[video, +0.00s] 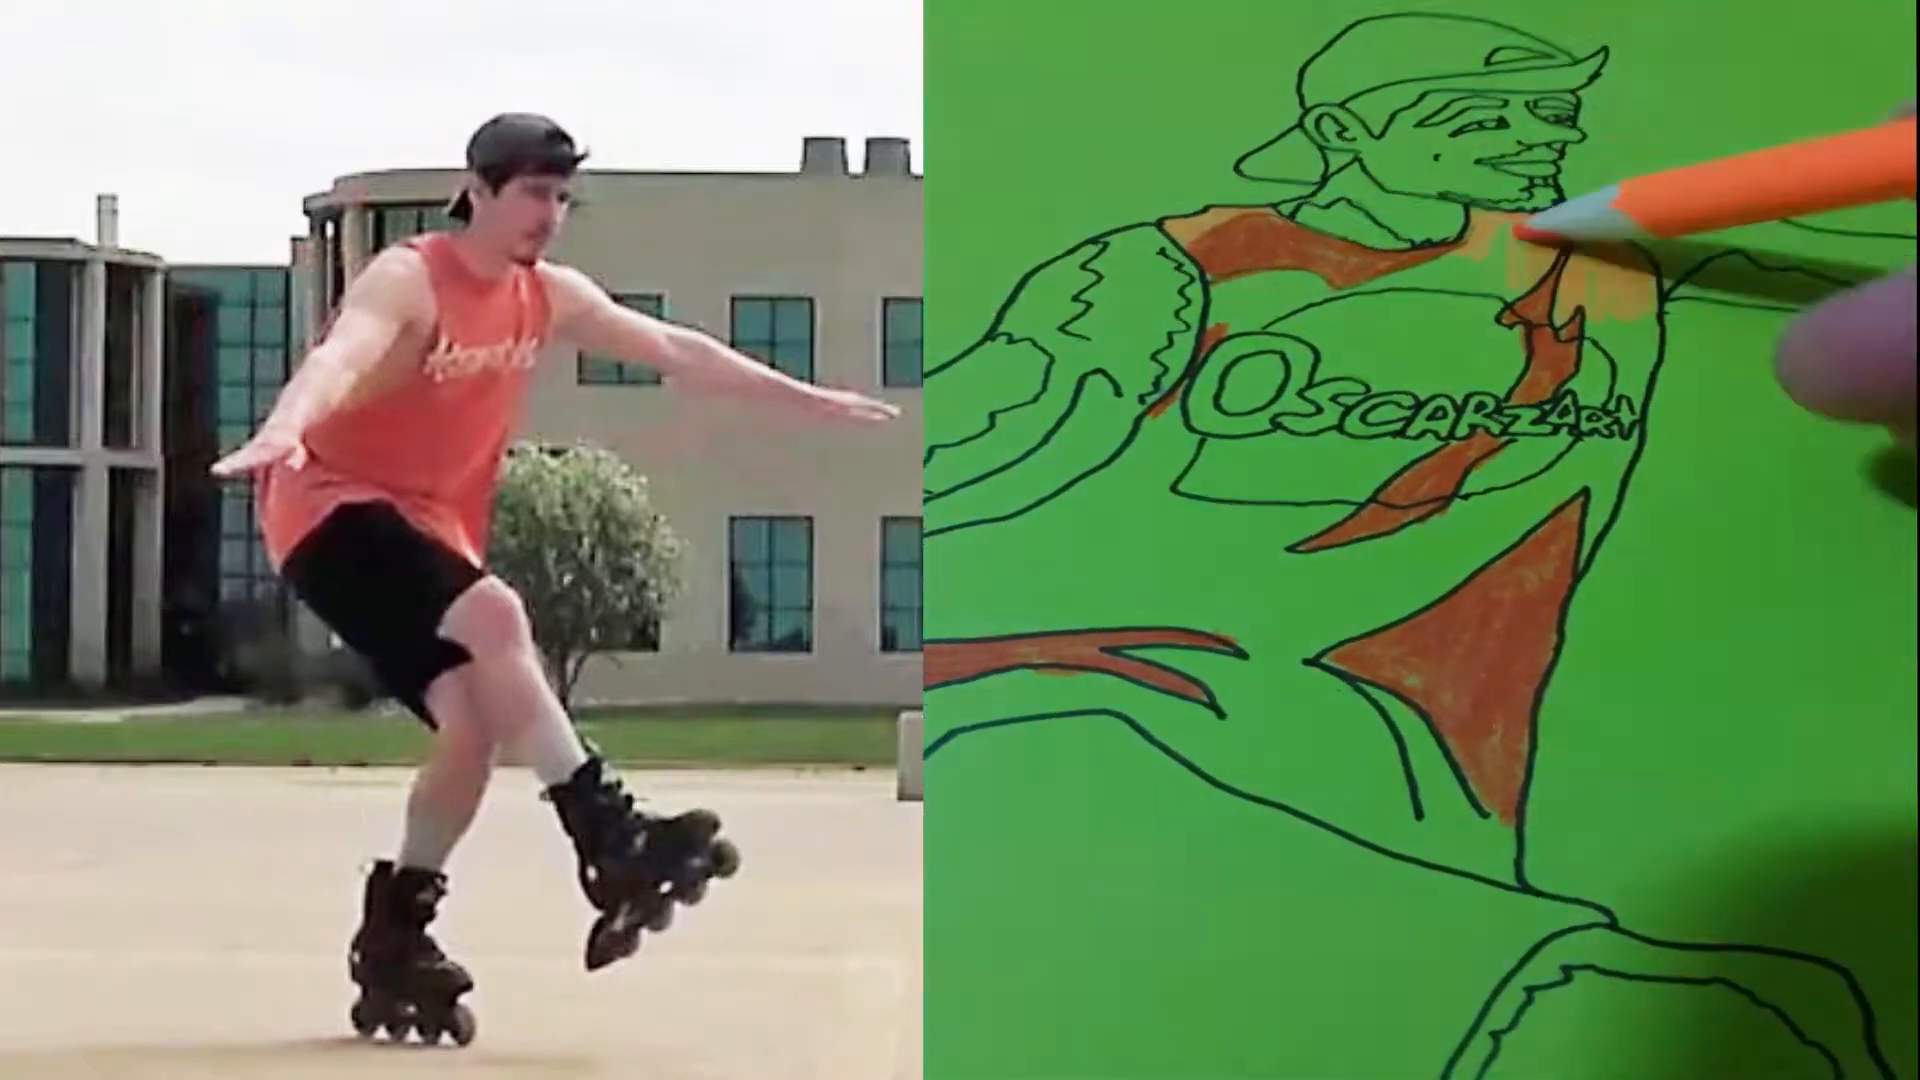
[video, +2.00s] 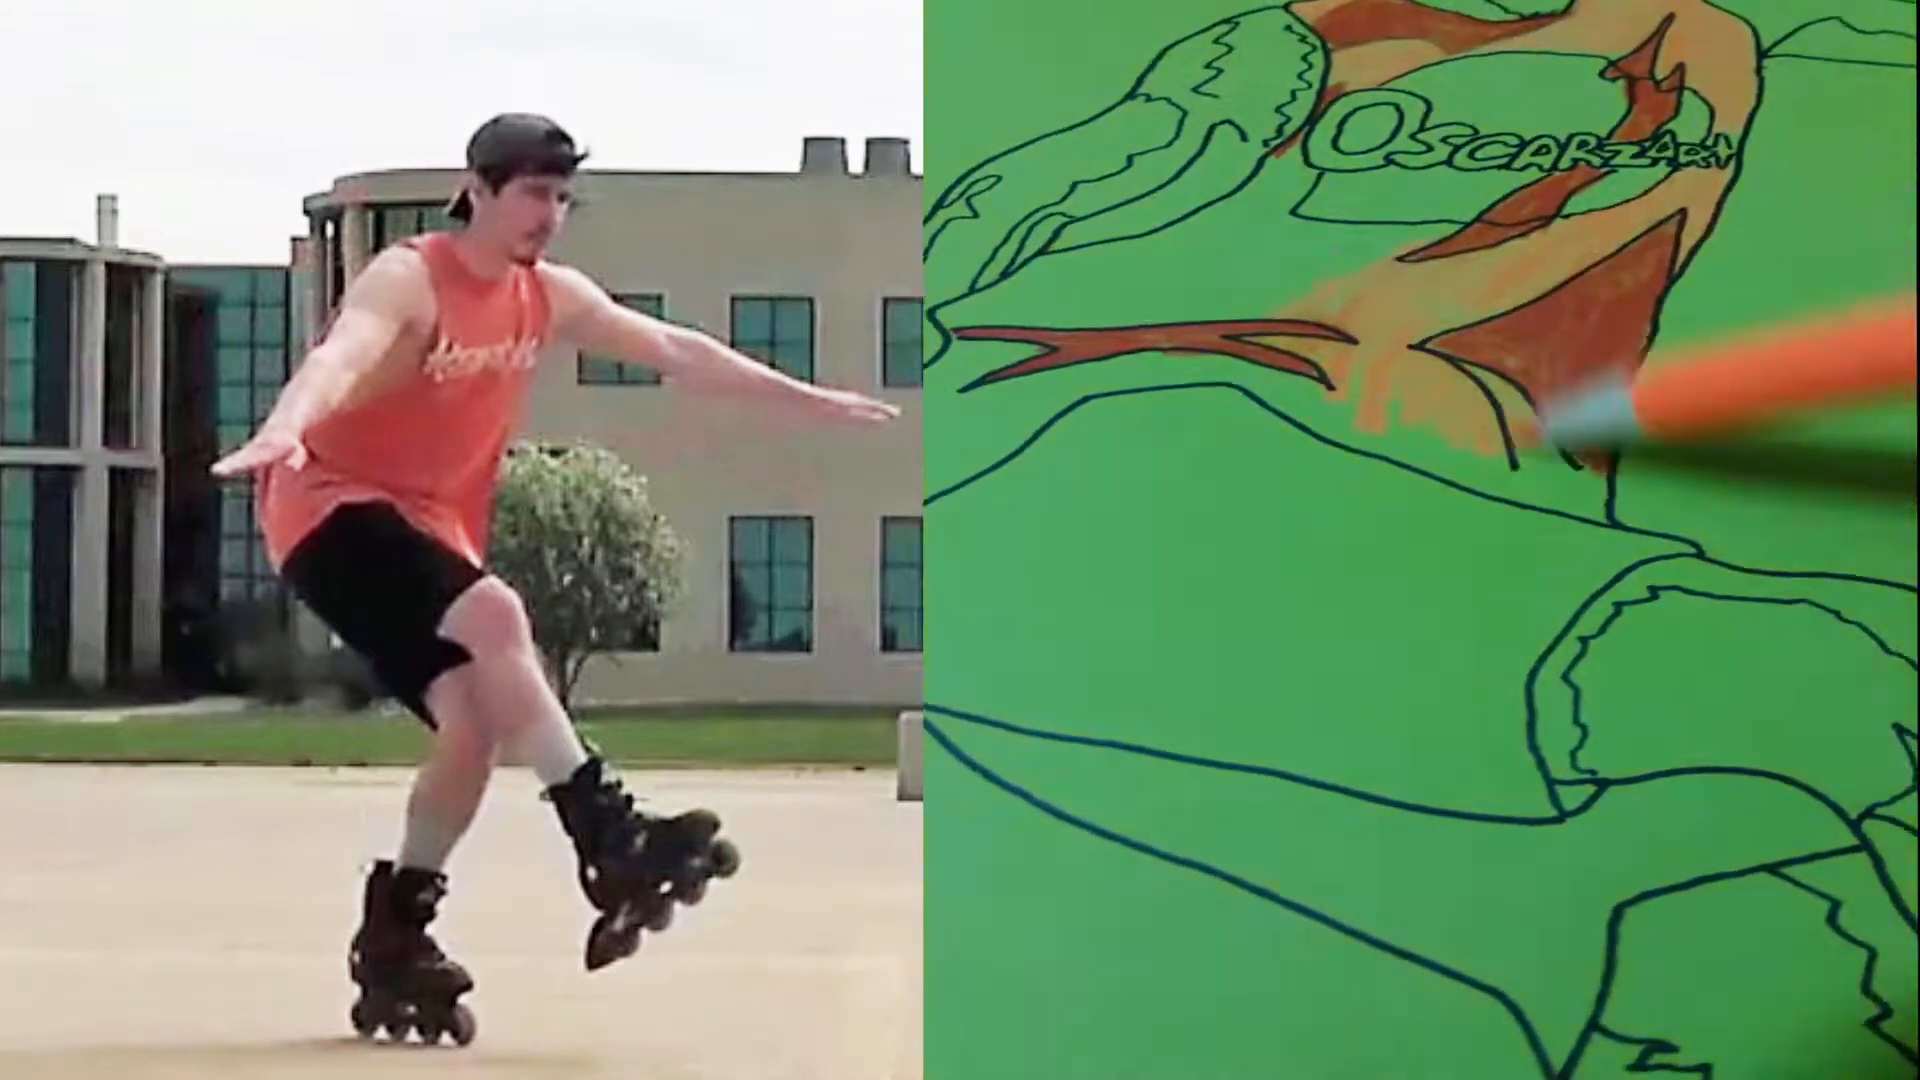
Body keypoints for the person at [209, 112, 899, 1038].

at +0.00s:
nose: (552, 214)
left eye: (562, 198)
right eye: (536, 195)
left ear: (562, 203)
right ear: (477, 191)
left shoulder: (551, 293)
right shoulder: (408, 274)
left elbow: (674, 349)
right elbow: (342, 356)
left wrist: (811, 399)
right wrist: (283, 428)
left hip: (436, 530)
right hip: (334, 505)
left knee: (477, 725)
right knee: (492, 616)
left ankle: (393, 935)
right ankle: (610, 841)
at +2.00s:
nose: (551, 215)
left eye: (561, 199)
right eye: (535, 195)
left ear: (563, 203)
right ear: (475, 191)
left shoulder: (551, 293)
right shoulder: (408, 274)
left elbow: (674, 350)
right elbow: (342, 356)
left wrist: (811, 399)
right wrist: (282, 429)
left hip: (436, 530)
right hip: (334, 505)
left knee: (477, 725)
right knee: (492, 616)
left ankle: (394, 934)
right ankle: (609, 840)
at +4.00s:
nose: (551, 214)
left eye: (561, 199)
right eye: (535, 195)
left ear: (563, 203)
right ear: (476, 191)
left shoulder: (552, 293)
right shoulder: (408, 274)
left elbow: (675, 350)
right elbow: (342, 355)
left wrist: (813, 400)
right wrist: (283, 428)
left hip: (437, 530)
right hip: (334, 506)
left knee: (477, 725)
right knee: (492, 616)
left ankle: (393, 938)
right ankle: (609, 839)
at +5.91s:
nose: (551, 215)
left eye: (561, 199)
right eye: (535, 195)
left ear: (563, 204)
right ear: (475, 191)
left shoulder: (551, 293)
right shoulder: (408, 275)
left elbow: (673, 349)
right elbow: (342, 355)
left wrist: (809, 399)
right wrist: (283, 428)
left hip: (436, 529)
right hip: (334, 504)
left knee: (477, 724)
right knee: (492, 616)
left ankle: (393, 937)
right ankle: (610, 841)